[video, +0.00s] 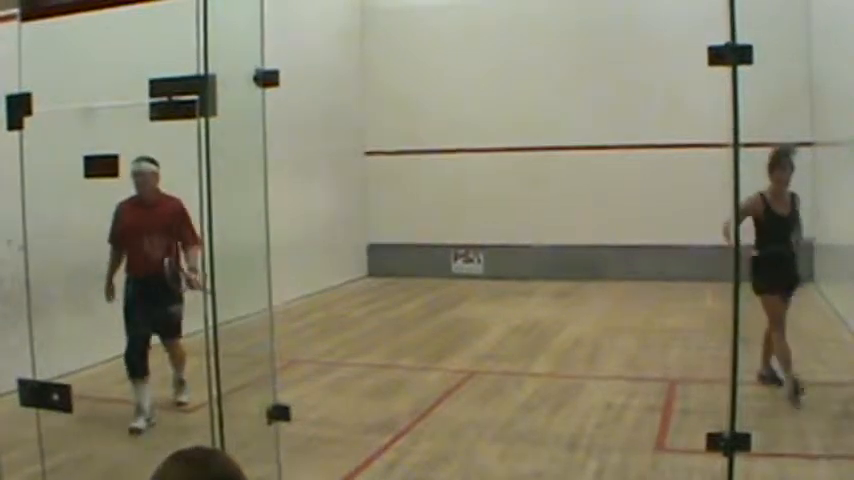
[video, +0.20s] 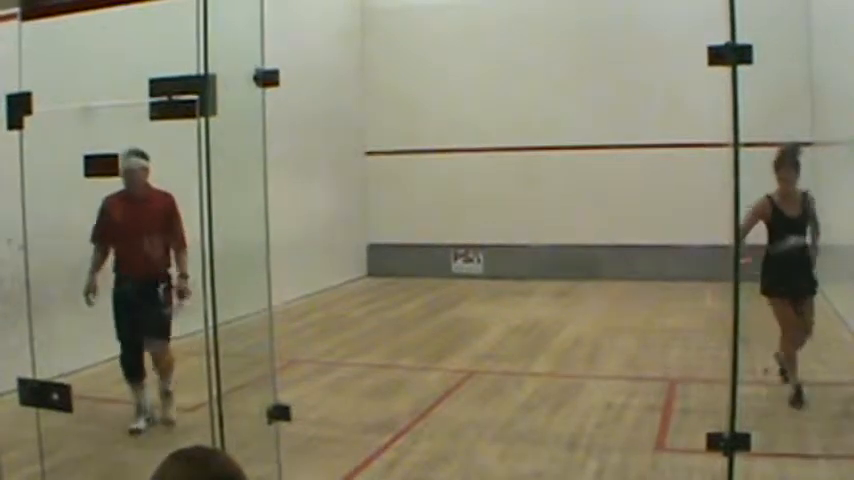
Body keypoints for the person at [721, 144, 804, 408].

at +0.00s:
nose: (784, 177)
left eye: (787, 172)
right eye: (779, 172)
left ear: (792, 174)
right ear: (770, 173)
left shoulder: (793, 200)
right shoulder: (757, 202)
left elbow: (795, 228)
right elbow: (730, 222)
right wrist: (731, 241)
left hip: (787, 261)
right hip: (764, 262)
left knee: (776, 321)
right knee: (777, 322)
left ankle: (766, 367)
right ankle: (790, 378)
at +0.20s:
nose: (785, 176)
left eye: (790, 171)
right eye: (781, 171)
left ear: (797, 172)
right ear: (776, 173)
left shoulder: (805, 200)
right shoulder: (766, 204)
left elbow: (815, 226)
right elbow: (742, 231)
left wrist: (814, 248)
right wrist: (738, 252)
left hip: (801, 268)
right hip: (776, 270)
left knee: (806, 327)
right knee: (790, 328)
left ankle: (784, 356)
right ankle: (795, 384)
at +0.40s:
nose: (785, 180)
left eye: (790, 176)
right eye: (782, 175)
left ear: (800, 173)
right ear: (779, 174)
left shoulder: (815, 199)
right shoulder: (772, 203)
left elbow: (832, 224)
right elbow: (752, 233)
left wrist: (824, 255)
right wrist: (745, 257)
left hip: (808, 268)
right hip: (781, 270)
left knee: (807, 331)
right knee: (789, 331)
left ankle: (815, 388)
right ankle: (795, 387)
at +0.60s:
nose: (784, 181)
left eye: (788, 176)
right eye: (782, 175)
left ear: (801, 173)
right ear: (780, 174)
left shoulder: (821, 199)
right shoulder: (778, 203)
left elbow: (845, 225)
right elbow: (763, 234)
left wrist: (833, 257)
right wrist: (751, 255)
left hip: (813, 270)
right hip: (787, 270)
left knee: (809, 332)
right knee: (792, 333)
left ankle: (815, 396)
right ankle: (795, 387)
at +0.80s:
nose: (779, 180)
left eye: (782, 175)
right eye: (778, 175)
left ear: (796, 173)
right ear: (781, 175)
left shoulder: (821, 198)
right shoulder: (782, 204)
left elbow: (850, 224)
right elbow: (772, 236)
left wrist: (836, 258)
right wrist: (756, 255)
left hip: (817, 273)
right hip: (793, 272)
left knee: (811, 334)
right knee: (786, 332)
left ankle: (816, 396)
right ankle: (802, 379)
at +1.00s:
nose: (771, 181)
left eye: (773, 175)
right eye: (770, 175)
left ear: (786, 174)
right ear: (783, 175)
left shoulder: (815, 198)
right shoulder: (784, 203)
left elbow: (846, 226)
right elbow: (776, 239)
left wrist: (828, 261)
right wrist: (757, 267)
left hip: (815, 275)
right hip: (794, 274)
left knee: (808, 336)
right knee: (781, 330)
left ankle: (814, 398)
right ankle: (788, 388)